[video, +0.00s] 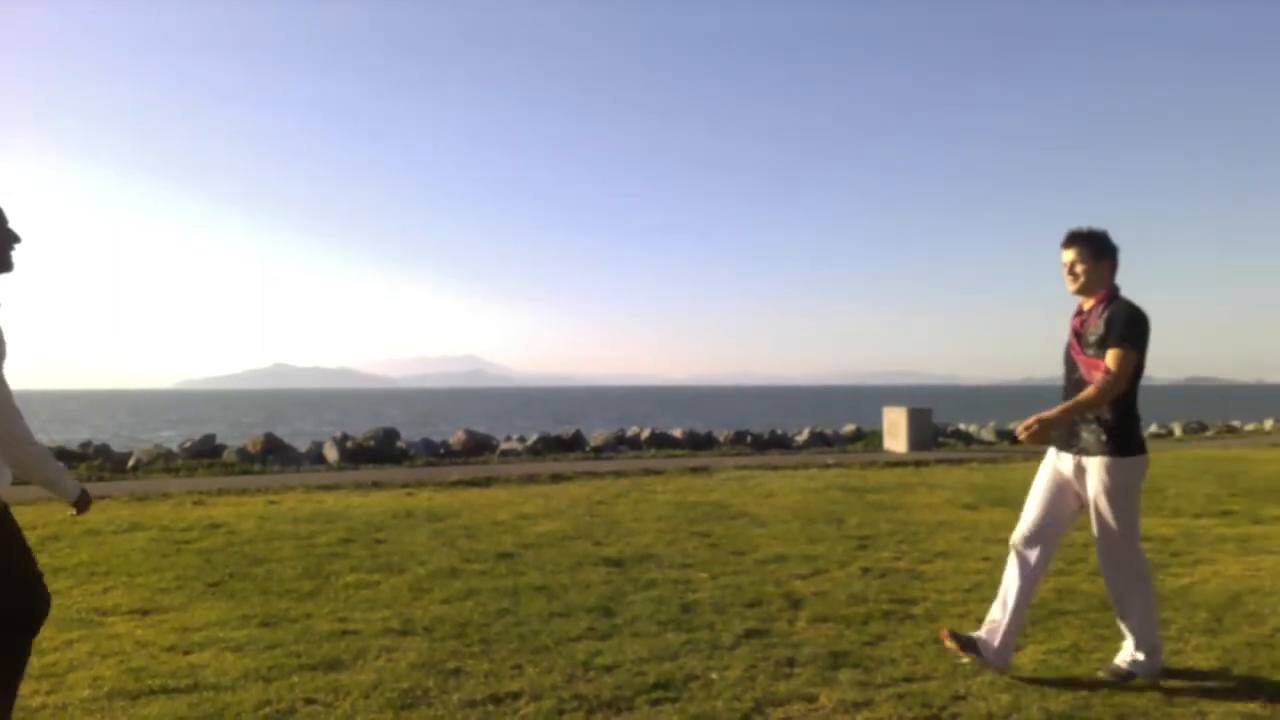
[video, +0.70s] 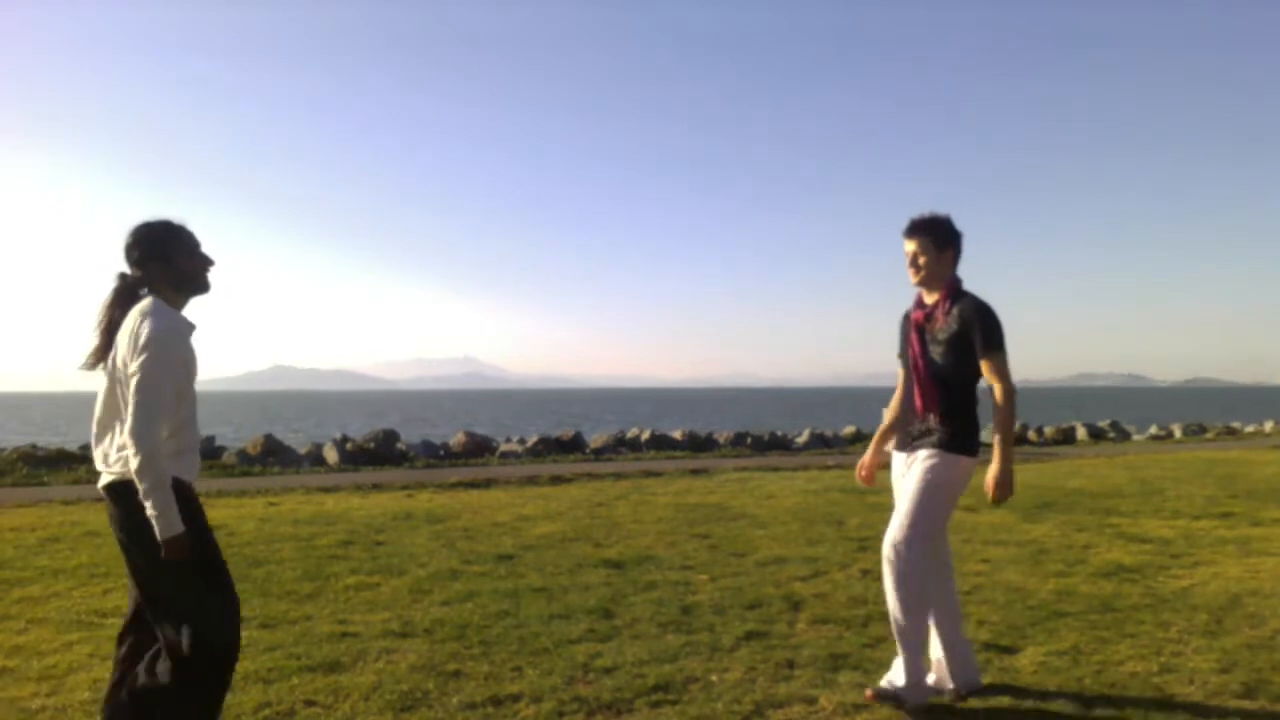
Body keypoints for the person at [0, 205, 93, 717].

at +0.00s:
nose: (12, 246)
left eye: (9, 235)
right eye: (6, 234)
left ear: (3, 243)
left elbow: (8, 420)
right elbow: (7, 422)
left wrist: (65, 484)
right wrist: (67, 486)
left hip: (2, 501)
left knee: (25, 599)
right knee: (26, 599)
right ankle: (5, 703)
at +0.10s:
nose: (47, 243)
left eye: (40, 232)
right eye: (34, 232)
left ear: (10, 243)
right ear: (5, 241)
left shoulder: (12, 311)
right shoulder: (11, 310)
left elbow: (36, 412)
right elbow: (37, 413)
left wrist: (99, 478)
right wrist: (102, 480)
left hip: (9, 501)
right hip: (5, 501)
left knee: (46, 613)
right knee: (48, 614)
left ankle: (61, 708)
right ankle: (62, 711)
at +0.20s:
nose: (78, 247)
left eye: (71, 237)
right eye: (65, 237)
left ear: (24, 249)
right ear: (32, 246)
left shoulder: (11, 309)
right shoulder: (37, 314)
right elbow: (73, 420)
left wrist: (122, 482)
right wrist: (127, 487)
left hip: (7, 500)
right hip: (21, 504)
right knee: (73, 632)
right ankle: (106, 709)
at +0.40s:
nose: (139, 254)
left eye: (132, 242)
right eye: (126, 244)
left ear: (81, 260)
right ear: (96, 255)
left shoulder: (51, 315)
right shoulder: (111, 320)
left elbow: (24, 412)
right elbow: (122, 434)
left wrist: (41, 483)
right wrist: (160, 511)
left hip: (52, 499)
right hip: (88, 501)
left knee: (122, 620)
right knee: (47, 642)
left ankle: (112, 712)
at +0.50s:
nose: (167, 254)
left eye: (159, 244)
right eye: (153, 245)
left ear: (110, 260)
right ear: (119, 257)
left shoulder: (91, 313)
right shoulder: (131, 315)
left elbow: (72, 419)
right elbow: (136, 426)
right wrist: (164, 515)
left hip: (85, 491)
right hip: (113, 492)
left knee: (147, 614)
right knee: (110, 630)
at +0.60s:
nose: (189, 260)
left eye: (182, 250)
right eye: (176, 251)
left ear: (133, 266)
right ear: (145, 262)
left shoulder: (121, 317)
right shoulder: (149, 321)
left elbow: (114, 426)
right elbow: (145, 431)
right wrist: (169, 524)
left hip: (109, 491)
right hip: (132, 494)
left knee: (125, 624)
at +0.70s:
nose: (208, 261)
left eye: (201, 250)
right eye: (195, 252)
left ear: (158, 268)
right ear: (164, 265)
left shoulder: (140, 320)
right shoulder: (160, 323)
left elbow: (122, 430)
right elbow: (143, 433)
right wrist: (168, 523)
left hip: (134, 492)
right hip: (156, 494)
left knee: (159, 618)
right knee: (214, 618)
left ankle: (125, 704)